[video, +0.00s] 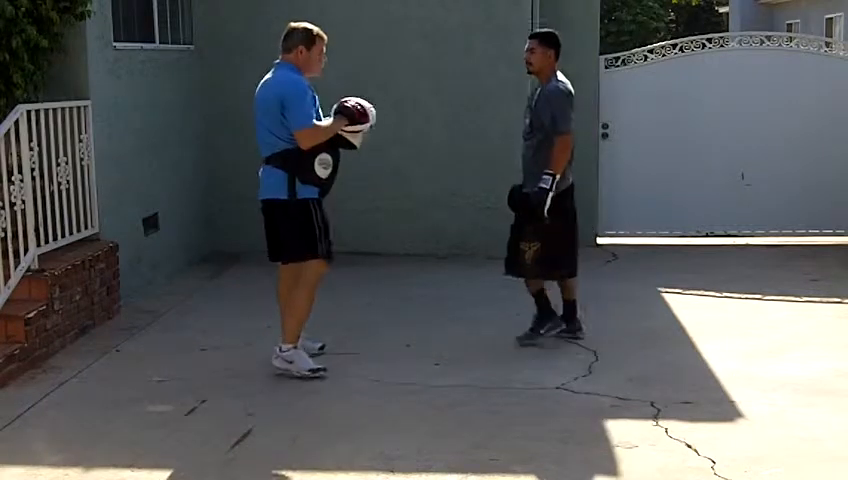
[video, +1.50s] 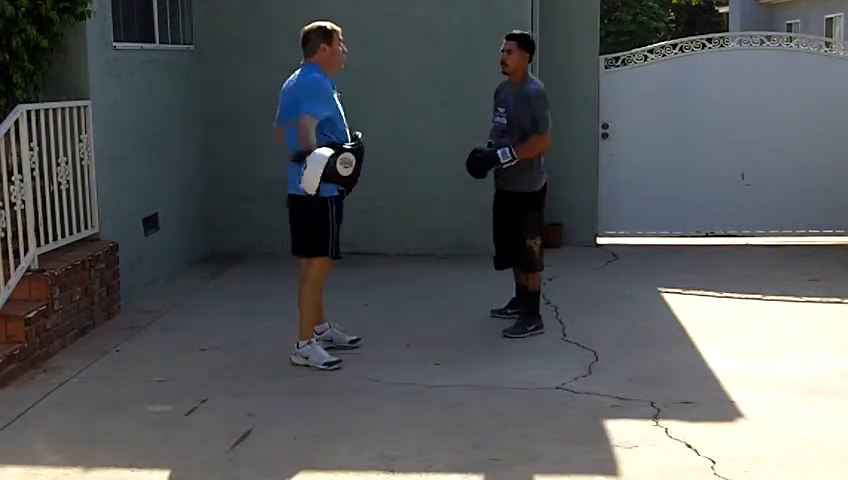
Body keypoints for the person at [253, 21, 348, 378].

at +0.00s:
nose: (323, 59)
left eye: (323, 52)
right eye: (320, 52)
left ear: (293, 52)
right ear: (301, 51)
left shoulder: (273, 82)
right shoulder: (293, 85)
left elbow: (299, 133)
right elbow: (306, 137)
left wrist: (336, 127)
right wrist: (337, 124)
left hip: (277, 190)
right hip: (295, 192)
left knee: (290, 265)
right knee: (316, 263)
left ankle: (291, 339)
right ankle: (289, 349)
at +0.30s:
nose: (327, 58)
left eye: (327, 51)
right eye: (323, 51)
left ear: (299, 53)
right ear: (302, 51)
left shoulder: (289, 83)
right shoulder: (289, 87)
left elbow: (317, 130)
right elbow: (315, 136)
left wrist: (346, 112)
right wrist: (347, 108)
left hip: (291, 190)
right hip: (297, 192)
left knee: (296, 263)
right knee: (312, 264)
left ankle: (291, 340)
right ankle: (303, 343)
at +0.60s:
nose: (323, 53)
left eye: (321, 46)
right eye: (318, 46)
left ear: (296, 51)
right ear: (297, 51)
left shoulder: (294, 83)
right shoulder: (287, 89)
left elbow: (331, 125)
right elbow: (327, 136)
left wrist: (354, 96)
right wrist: (353, 97)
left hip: (307, 188)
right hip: (296, 192)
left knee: (318, 261)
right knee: (310, 263)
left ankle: (306, 334)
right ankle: (304, 344)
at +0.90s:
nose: (327, 53)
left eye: (326, 46)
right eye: (322, 46)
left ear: (301, 51)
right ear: (300, 51)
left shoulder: (305, 82)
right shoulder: (287, 88)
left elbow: (335, 124)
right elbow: (318, 137)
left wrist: (361, 105)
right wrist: (353, 107)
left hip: (316, 185)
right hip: (300, 189)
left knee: (320, 258)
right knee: (311, 261)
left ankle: (319, 329)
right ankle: (304, 345)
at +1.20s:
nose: (340, 52)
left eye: (339, 46)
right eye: (335, 46)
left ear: (316, 52)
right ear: (315, 51)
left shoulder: (316, 82)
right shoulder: (291, 91)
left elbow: (330, 128)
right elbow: (277, 150)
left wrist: (358, 132)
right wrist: (297, 185)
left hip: (324, 186)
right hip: (308, 189)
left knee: (323, 259)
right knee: (315, 262)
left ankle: (319, 330)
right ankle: (304, 345)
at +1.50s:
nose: (345, 52)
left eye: (343, 46)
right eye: (341, 46)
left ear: (313, 50)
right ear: (325, 48)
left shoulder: (294, 82)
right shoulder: (316, 81)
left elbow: (282, 131)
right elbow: (306, 127)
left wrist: (303, 154)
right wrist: (317, 159)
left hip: (306, 190)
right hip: (318, 192)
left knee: (314, 261)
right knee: (319, 262)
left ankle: (318, 329)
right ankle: (305, 344)